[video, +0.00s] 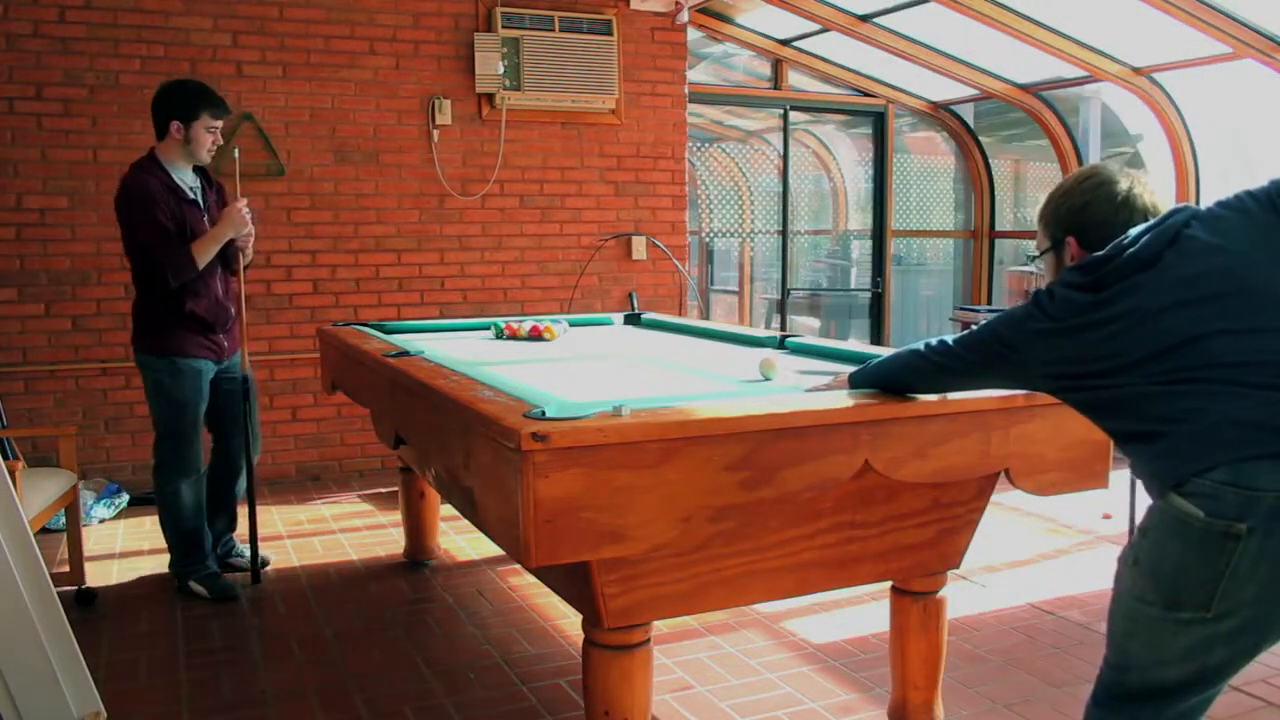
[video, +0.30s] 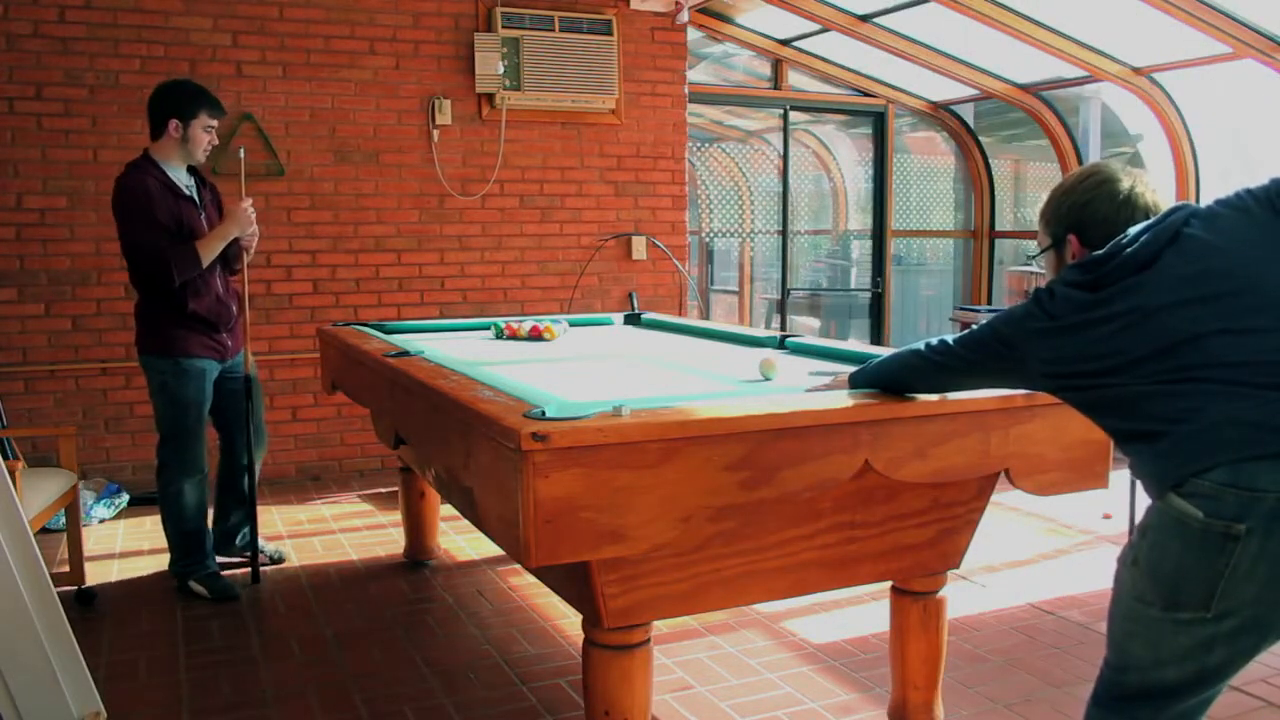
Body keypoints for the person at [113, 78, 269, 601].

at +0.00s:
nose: (219, 140)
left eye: (220, 131)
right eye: (211, 130)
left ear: (190, 133)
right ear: (177, 129)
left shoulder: (209, 186)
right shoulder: (140, 186)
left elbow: (228, 265)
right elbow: (168, 271)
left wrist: (244, 243)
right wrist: (222, 230)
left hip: (221, 340)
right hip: (173, 344)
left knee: (236, 442)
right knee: (181, 457)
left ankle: (219, 541)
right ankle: (191, 567)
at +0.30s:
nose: (214, 140)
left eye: (216, 130)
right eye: (207, 129)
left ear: (182, 132)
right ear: (175, 128)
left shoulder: (202, 186)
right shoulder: (136, 186)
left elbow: (221, 266)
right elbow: (163, 271)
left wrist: (244, 247)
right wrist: (227, 230)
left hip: (225, 339)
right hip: (177, 344)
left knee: (247, 439)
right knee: (185, 457)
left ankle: (234, 539)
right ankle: (192, 567)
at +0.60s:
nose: (216, 139)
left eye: (217, 130)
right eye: (209, 129)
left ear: (183, 131)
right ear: (176, 129)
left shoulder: (203, 186)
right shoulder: (140, 186)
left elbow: (224, 267)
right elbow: (170, 271)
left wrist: (249, 246)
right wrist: (233, 229)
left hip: (229, 338)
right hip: (183, 344)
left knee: (239, 450)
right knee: (190, 459)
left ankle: (236, 544)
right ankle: (193, 567)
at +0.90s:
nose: (225, 140)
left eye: (227, 131)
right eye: (217, 129)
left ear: (199, 134)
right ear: (184, 129)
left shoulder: (215, 188)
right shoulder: (151, 185)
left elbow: (234, 267)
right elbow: (178, 269)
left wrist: (254, 245)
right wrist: (238, 228)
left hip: (233, 339)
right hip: (189, 342)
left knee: (235, 452)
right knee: (194, 457)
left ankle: (233, 544)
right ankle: (193, 565)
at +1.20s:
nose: (234, 139)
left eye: (237, 130)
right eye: (225, 129)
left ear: (231, 134)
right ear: (191, 129)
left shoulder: (229, 189)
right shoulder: (161, 185)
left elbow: (246, 265)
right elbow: (186, 268)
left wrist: (263, 245)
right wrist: (243, 227)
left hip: (238, 340)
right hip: (195, 342)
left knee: (236, 453)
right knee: (197, 458)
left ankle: (230, 545)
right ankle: (193, 564)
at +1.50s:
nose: (243, 141)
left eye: (247, 132)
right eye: (234, 131)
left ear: (246, 137)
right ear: (202, 130)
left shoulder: (239, 188)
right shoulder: (168, 189)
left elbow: (263, 267)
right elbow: (188, 267)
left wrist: (268, 248)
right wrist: (243, 227)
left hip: (243, 340)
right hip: (199, 342)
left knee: (237, 452)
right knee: (199, 457)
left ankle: (231, 545)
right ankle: (193, 564)